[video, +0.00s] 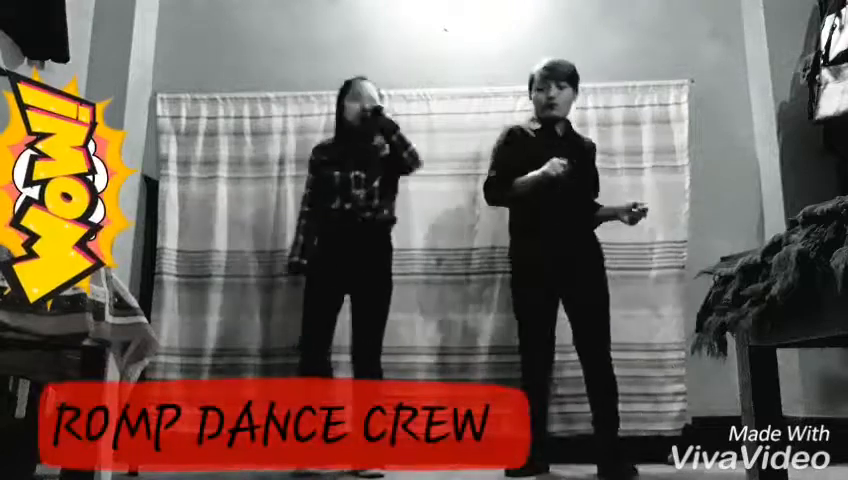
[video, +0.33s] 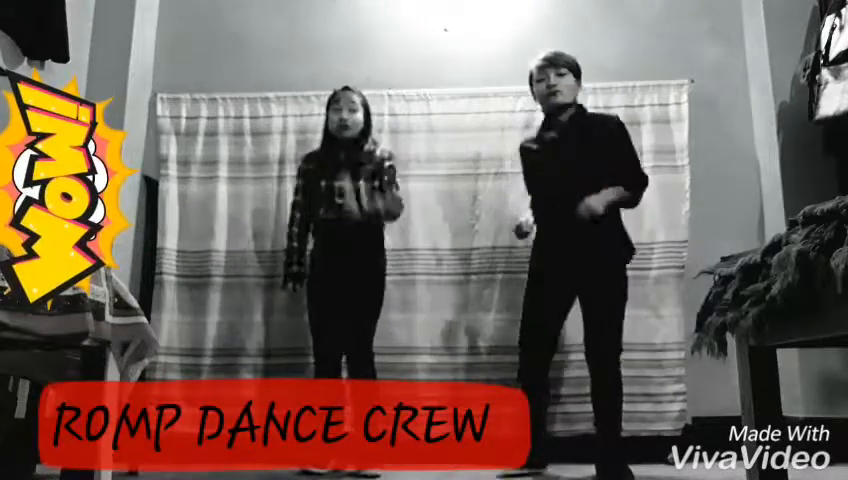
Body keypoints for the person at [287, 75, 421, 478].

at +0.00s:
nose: (361, 109)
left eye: (367, 102)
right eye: (354, 101)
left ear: (377, 107)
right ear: (341, 106)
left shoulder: (386, 148)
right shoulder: (325, 151)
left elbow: (411, 163)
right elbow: (310, 206)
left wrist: (387, 124)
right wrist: (299, 251)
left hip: (371, 258)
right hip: (327, 256)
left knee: (367, 351)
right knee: (315, 347)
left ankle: (368, 435)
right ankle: (314, 428)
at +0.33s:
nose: (344, 116)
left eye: (352, 110)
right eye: (336, 109)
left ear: (365, 118)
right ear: (327, 116)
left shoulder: (379, 160)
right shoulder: (312, 163)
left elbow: (394, 209)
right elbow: (298, 219)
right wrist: (294, 267)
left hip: (365, 267)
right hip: (325, 267)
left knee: (359, 352)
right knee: (325, 353)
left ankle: (367, 430)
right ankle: (328, 432)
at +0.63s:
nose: (352, 100)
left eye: (360, 94)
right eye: (344, 94)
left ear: (373, 104)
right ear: (332, 103)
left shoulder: (387, 156)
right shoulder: (313, 146)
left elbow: (405, 207)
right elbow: (273, 187)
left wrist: (421, 253)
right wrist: (241, 229)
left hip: (363, 261)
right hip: (319, 259)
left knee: (351, 354)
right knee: (314, 352)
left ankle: (349, 446)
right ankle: (314, 441)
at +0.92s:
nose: (316, 86)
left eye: (324, 79)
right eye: (310, 83)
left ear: (344, 89)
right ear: (304, 98)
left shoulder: (367, 129)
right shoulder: (296, 133)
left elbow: (420, 155)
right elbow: (255, 118)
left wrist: (421, 211)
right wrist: (270, 101)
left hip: (348, 244)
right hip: (303, 245)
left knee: (342, 351)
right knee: (281, 348)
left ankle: (345, 453)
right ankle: (255, 451)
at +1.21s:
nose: (325, 86)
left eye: (334, 82)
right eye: (317, 80)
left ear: (346, 98)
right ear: (302, 92)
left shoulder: (352, 140)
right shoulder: (279, 136)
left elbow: (406, 156)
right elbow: (243, 188)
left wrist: (374, 145)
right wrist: (236, 171)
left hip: (329, 257)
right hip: (281, 255)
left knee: (333, 355)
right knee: (269, 353)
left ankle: (344, 457)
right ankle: (251, 455)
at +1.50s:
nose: (324, 83)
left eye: (332, 80)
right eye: (315, 77)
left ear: (342, 95)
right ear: (299, 90)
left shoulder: (351, 132)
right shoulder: (279, 131)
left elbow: (398, 161)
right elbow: (232, 168)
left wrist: (394, 136)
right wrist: (237, 163)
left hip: (327, 249)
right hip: (279, 247)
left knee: (331, 352)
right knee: (266, 351)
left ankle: (344, 457)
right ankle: (250, 455)